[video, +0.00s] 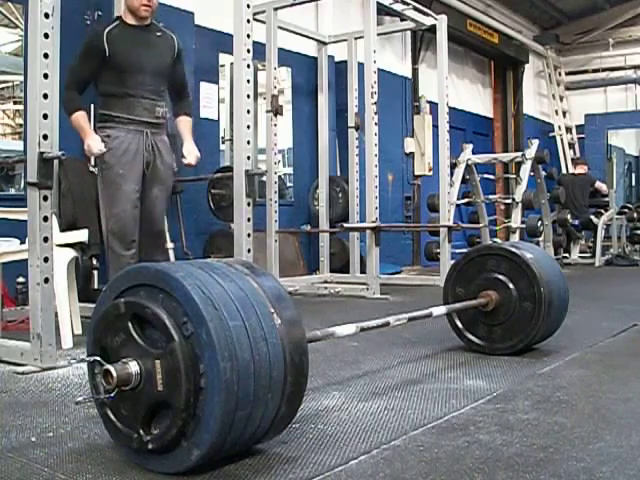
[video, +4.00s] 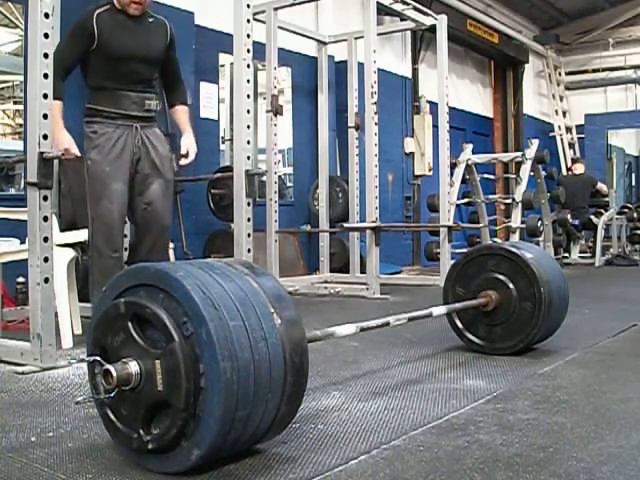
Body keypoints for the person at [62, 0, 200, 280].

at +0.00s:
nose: (148, 2)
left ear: (156, 3)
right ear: (126, 0)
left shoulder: (169, 42)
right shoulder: (104, 36)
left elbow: (180, 96)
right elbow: (71, 90)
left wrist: (187, 139)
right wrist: (87, 134)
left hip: (160, 139)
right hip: (118, 137)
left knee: (156, 228)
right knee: (122, 228)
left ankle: (160, 303)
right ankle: (122, 306)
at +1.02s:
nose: (161, 9)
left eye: (165, 4)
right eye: (155, 2)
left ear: (169, 8)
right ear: (136, 3)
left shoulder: (173, 48)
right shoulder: (113, 40)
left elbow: (180, 102)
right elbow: (81, 91)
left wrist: (191, 146)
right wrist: (84, 141)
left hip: (164, 143)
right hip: (125, 141)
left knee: (159, 232)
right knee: (125, 230)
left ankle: (158, 304)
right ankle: (123, 305)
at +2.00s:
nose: (159, 12)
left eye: (166, 6)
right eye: (153, 4)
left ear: (170, 10)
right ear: (137, 3)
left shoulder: (176, 50)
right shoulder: (114, 40)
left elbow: (183, 106)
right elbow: (80, 92)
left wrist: (192, 149)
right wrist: (80, 141)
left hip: (164, 143)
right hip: (123, 141)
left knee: (158, 232)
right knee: (124, 229)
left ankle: (157, 304)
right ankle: (122, 304)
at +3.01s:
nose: (156, 11)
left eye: (163, 6)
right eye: (150, 4)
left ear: (168, 9)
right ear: (135, 3)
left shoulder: (175, 48)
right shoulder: (112, 39)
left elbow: (183, 103)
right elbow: (77, 91)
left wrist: (191, 148)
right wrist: (77, 140)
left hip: (162, 143)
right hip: (122, 141)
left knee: (157, 233)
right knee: (122, 231)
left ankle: (159, 306)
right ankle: (121, 307)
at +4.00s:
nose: (139, 0)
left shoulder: (161, 27)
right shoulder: (92, 22)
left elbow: (173, 83)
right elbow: (54, 73)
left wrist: (187, 131)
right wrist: (57, 129)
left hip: (152, 134)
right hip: (106, 133)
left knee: (157, 224)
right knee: (108, 227)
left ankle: (148, 310)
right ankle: (107, 317)